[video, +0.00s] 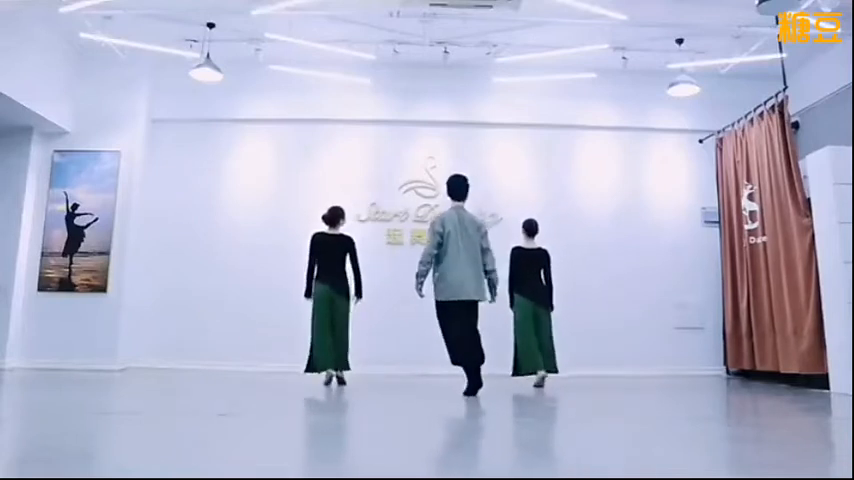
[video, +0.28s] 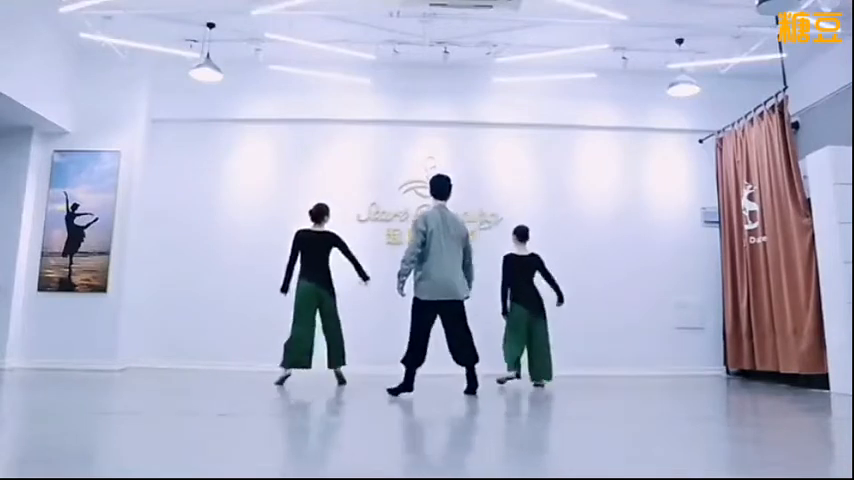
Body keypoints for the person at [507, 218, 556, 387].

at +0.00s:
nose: (524, 233)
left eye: (524, 230)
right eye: (530, 230)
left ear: (523, 232)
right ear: (537, 232)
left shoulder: (516, 252)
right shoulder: (543, 253)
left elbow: (512, 278)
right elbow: (548, 280)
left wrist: (511, 299)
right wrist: (550, 300)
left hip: (522, 296)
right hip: (540, 297)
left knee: (527, 333)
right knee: (541, 332)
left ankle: (538, 368)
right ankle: (543, 370)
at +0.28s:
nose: (512, 239)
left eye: (512, 236)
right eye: (515, 236)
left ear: (514, 238)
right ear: (527, 239)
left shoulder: (508, 259)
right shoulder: (534, 258)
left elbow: (505, 285)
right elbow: (547, 277)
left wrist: (504, 306)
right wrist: (559, 293)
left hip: (518, 303)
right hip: (535, 303)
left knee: (513, 337)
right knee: (538, 339)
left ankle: (513, 369)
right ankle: (538, 377)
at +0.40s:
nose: (503, 232)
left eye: (503, 230)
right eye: (504, 229)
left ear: (506, 230)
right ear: (518, 230)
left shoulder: (500, 249)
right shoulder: (525, 248)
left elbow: (494, 274)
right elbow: (542, 256)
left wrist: (492, 295)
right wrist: (553, 263)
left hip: (506, 296)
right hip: (524, 297)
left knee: (499, 332)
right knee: (531, 334)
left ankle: (489, 367)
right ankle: (537, 371)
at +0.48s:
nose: (499, 229)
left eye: (499, 227)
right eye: (500, 227)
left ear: (500, 227)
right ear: (514, 228)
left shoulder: (495, 245)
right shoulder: (521, 244)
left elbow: (489, 270)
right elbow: (538, 250)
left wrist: (486, 292)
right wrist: (547, 254)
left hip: (500, 292)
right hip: (518, 293)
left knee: (494, 329)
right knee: (525, 330)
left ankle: (484, 367)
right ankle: (534, 370)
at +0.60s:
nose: (489, 232)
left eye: (489, 230)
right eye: (493, 230)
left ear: (489, 230)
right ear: (503, 229)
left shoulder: (484, 246)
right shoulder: (509, 246)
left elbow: (477, 272)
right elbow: (518, 255)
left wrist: (474, 294)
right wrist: (522, 248)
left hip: (489, 290)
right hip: (506, 290)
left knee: (486, 329)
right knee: (506, 328)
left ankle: (484, 369)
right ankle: (507, 369)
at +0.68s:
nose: (487, 236)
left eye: (486, 233)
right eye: (491, 233)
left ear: (485, 233)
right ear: (498, 232)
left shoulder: (480, 249)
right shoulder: (506, 250)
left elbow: (474, 275)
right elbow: (506, 267)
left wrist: (470, 298)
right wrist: (510, 251)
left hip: (485, 292)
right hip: (503, 293)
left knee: (485, 331)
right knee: (497, 330)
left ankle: (486, 370)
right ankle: (490, 370)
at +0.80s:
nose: (480, 244)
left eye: (479, 242)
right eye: (483, 242)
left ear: (478, 241)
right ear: (492, 241)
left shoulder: (473, 257)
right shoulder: (500, 258)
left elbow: (468, 283)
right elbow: (498, 278)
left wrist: (464, 306)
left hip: (477, 300)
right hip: (496, 301)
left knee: (474, 336)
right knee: (489, 337)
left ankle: (478, 372)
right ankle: (484, 371)